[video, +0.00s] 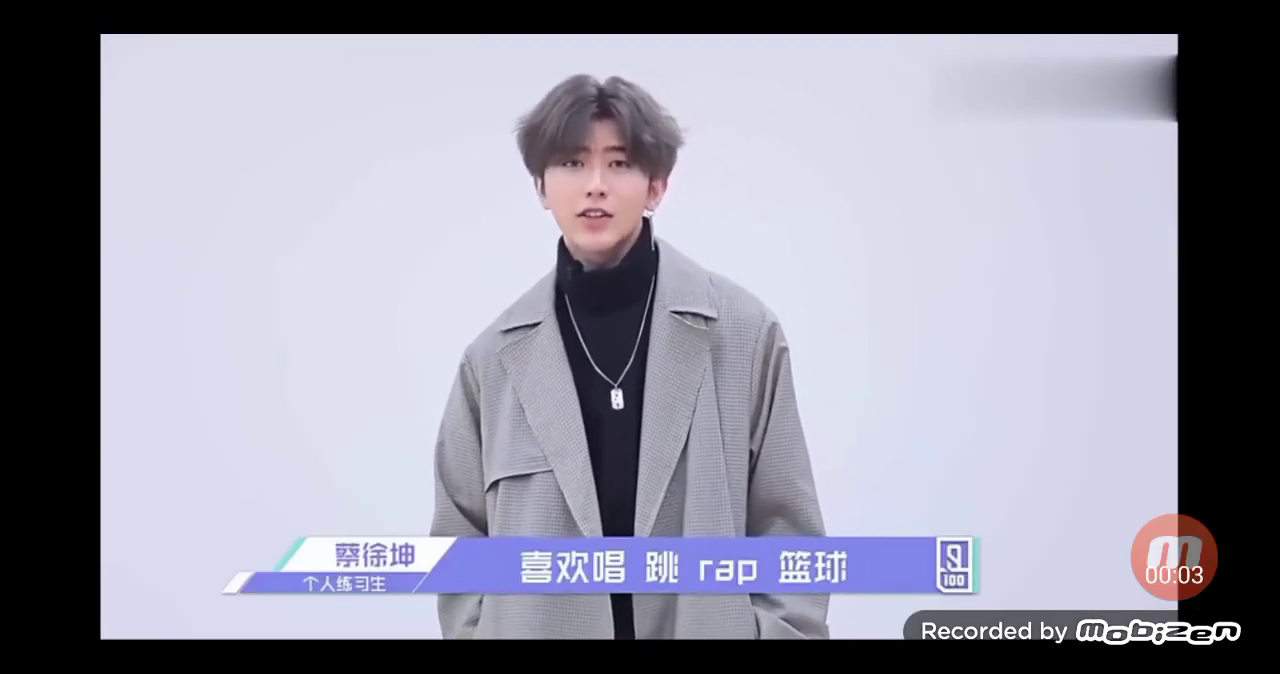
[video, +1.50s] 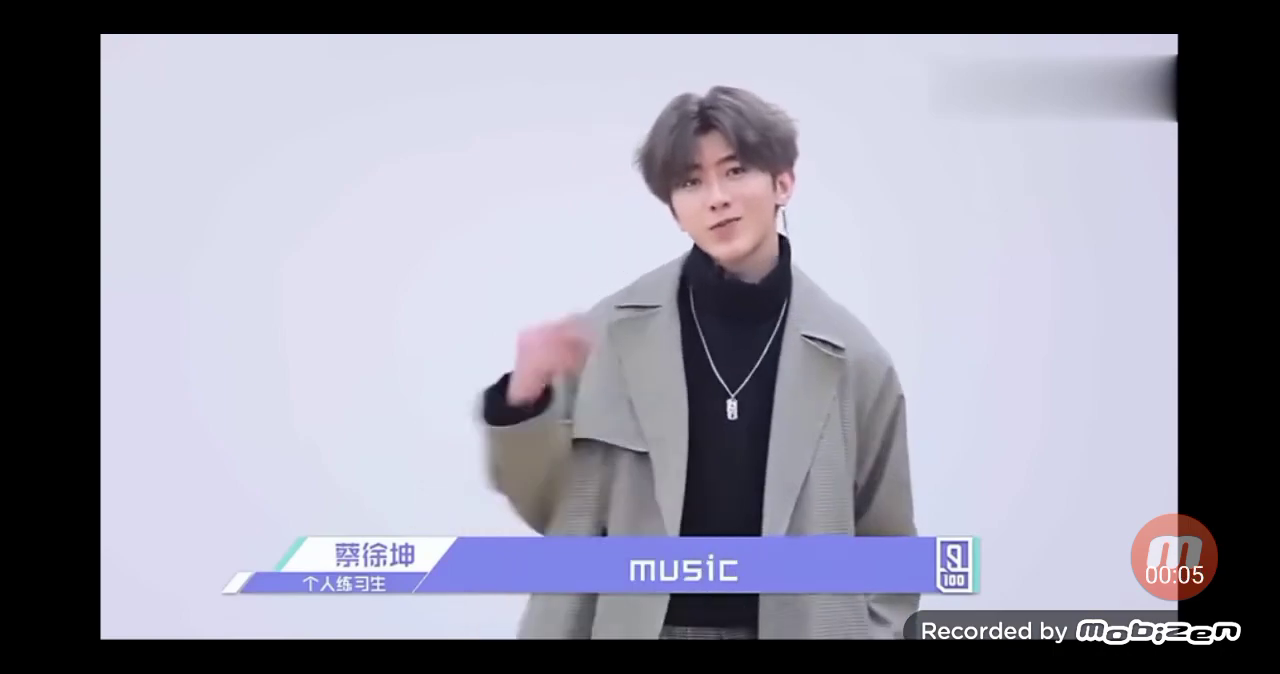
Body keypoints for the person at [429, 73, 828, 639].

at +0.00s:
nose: (595, 185)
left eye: (618, 164)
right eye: (572, 163)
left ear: (655, 188)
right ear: (542, 186)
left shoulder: (746, 333)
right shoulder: (489, 359)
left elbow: (791, 530)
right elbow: (455, 542)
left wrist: (776, 630)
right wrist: (476, 628)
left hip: (704, 629)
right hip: (541, 631)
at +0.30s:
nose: (584, 198)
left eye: (605, 171)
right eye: (558, 176)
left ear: (641, 186)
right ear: (529, 197)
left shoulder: (740, 333)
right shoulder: (483, 364)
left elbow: (789, 532)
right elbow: (453, 549)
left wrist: (775, 631)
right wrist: (475, 629)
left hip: (702, 629)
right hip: (540, 631)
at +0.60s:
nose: (579, 199)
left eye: (599, 170)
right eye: (553, 179)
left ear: (641, 184)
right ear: (530, 203)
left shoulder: (745, 332)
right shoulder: (494, 365)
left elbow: (793, 533)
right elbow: (463, 545)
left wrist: (778, 631)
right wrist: (481, 628)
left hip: (705, 629)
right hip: (545, 631)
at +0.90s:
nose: (620, 193)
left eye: (640, 166)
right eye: (595, 175)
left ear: (686, 178)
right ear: (576, 200)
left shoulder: (783, 339)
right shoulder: (527, 360)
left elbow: (816, 538)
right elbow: (486, 538)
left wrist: (794, 630)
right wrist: (502, 627)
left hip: (727, 630)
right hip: (570, 630)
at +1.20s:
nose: (677, 190)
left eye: (697, 163)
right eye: (652, 172)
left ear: (745, 178)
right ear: (633, 198)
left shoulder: (831, 349)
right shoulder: (567, 343)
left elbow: (862, 544)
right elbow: (465, 449)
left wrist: (843, 628)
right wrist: (496, 585)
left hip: (774, 624)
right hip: (605, 625)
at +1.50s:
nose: (715, 199)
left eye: (735, 171)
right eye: (690, 182)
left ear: (782, 183)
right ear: (671, 205)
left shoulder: (855, 358)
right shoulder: (600, 339)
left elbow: (889, 555)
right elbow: (554, 513)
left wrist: (862, 631)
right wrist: (522, 403)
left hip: (792, 627)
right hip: (641, 626)